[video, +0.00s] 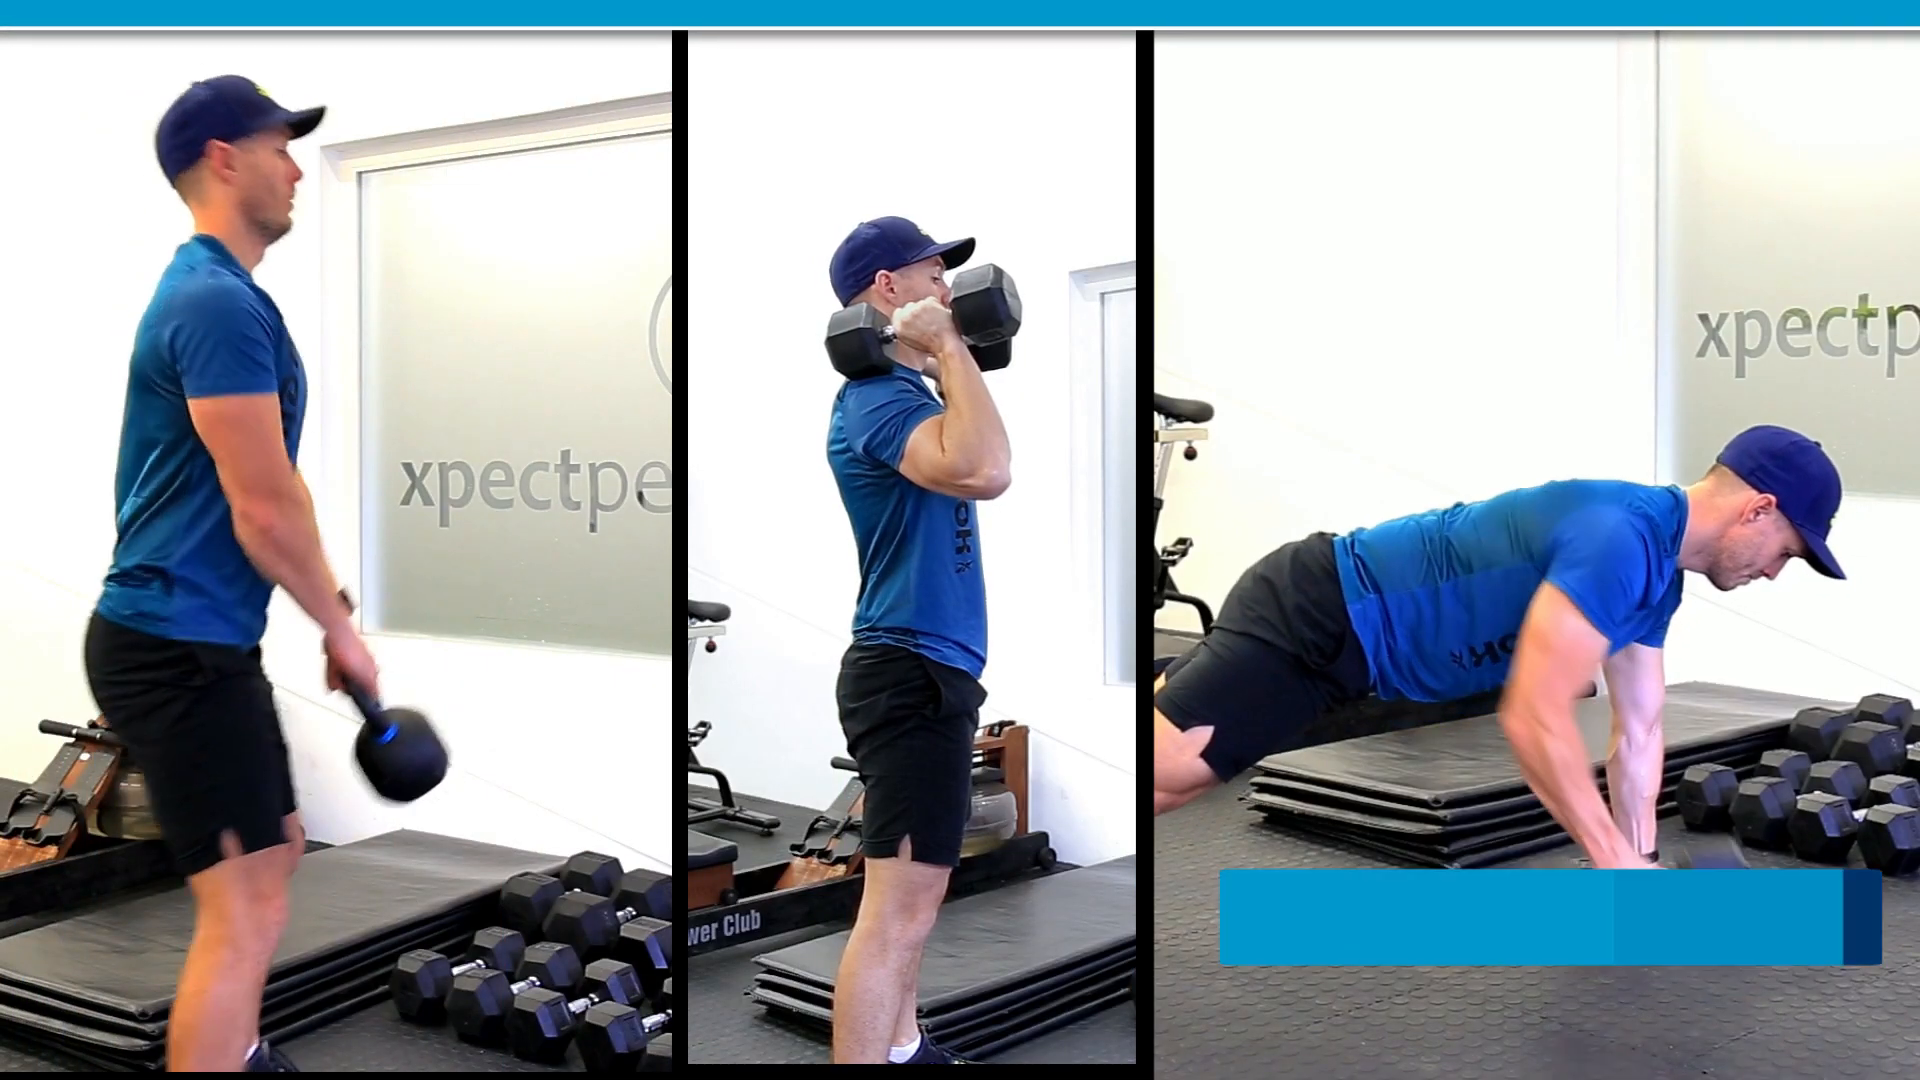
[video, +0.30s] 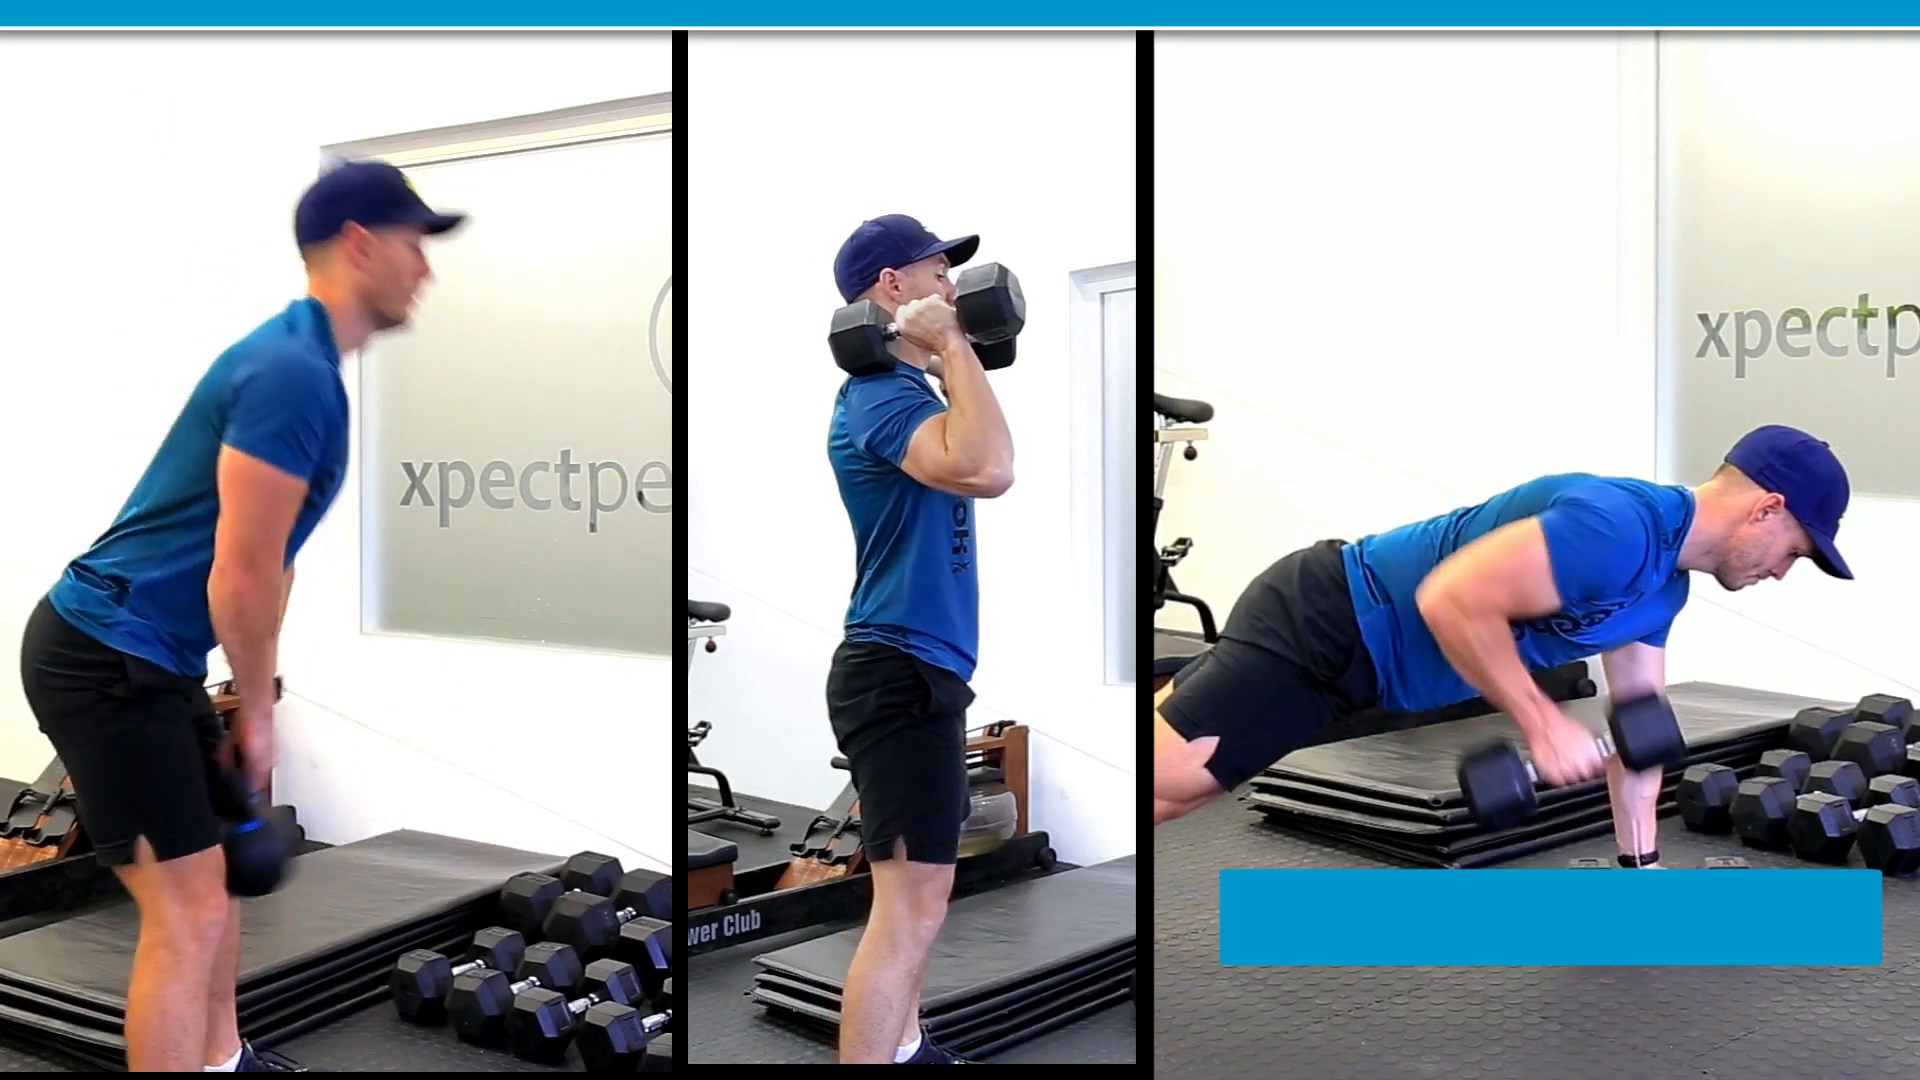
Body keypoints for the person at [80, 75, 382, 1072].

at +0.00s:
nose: (299, 167)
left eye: (293, 148)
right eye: (281, 146)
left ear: (223, 164)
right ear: (222, 160)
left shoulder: (226, 293)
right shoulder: (214, 301)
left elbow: (272, 497)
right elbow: (262, 509)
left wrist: (336, 618)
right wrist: (339, 629)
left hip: (204, 636)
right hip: (171, 642)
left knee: (274, 847)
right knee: (240, 904)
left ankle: (224, 1040)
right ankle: (208, 1068)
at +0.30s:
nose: (429, 267)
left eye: (427, 246)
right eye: (414, 244)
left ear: (356, 249)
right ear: (354, 244)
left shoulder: (310, 370)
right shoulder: (291, 373)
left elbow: (264, 563)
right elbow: (240, 579)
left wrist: (256, 699)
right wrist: (256, 712)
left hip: (144, 654)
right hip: (105, 653)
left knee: (210, 894)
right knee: (185, 912)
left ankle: (219, 1061)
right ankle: (178, 1074)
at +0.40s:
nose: (470, 314)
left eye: (469, 292)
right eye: (458, 289)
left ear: (396, 290)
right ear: (398, 286)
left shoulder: (334, 395)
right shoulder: (322, 404)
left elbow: (248, 587)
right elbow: (235, 602)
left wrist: (222, 711)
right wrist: (224, 726)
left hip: (150, 658)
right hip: (102, 657)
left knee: (223, 850)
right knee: (182, 914)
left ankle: (222, 1057)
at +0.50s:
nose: (495, 345)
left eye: (496, 322)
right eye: (486, 319)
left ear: (426, 319)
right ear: (430, 316)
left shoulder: (352, 414)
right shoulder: (341, 424)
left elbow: (243, 596)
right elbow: (231, 604)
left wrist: (202, 720)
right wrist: (198, 736)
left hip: (153, 651)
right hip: (101, 654)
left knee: (232, 846)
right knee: (192, 908)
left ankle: (224, 1059)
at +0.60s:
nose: (498, 343)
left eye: (499, 322)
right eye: (489, 319)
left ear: (429, 319)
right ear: (435, 317)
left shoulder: (352, 412)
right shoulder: (343, 424)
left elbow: (250, 597)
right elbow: (240, 608)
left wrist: (211, 722)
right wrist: (208, 736)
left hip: (153, 651)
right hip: (103, 652)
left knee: (229, 845)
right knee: (191, 906)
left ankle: (222, 1059)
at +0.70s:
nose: (479, 307)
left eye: (478, 287)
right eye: (468, 285)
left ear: (405, 287)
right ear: (410, 283)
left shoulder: (343, 390)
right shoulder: (331, 398)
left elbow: (258, 579)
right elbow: (249, 590)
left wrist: (229, 702)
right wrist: (229, 717)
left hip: (162, 653)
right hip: (113, 653)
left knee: (234, 845)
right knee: (197, 914)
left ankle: (223, 1056)